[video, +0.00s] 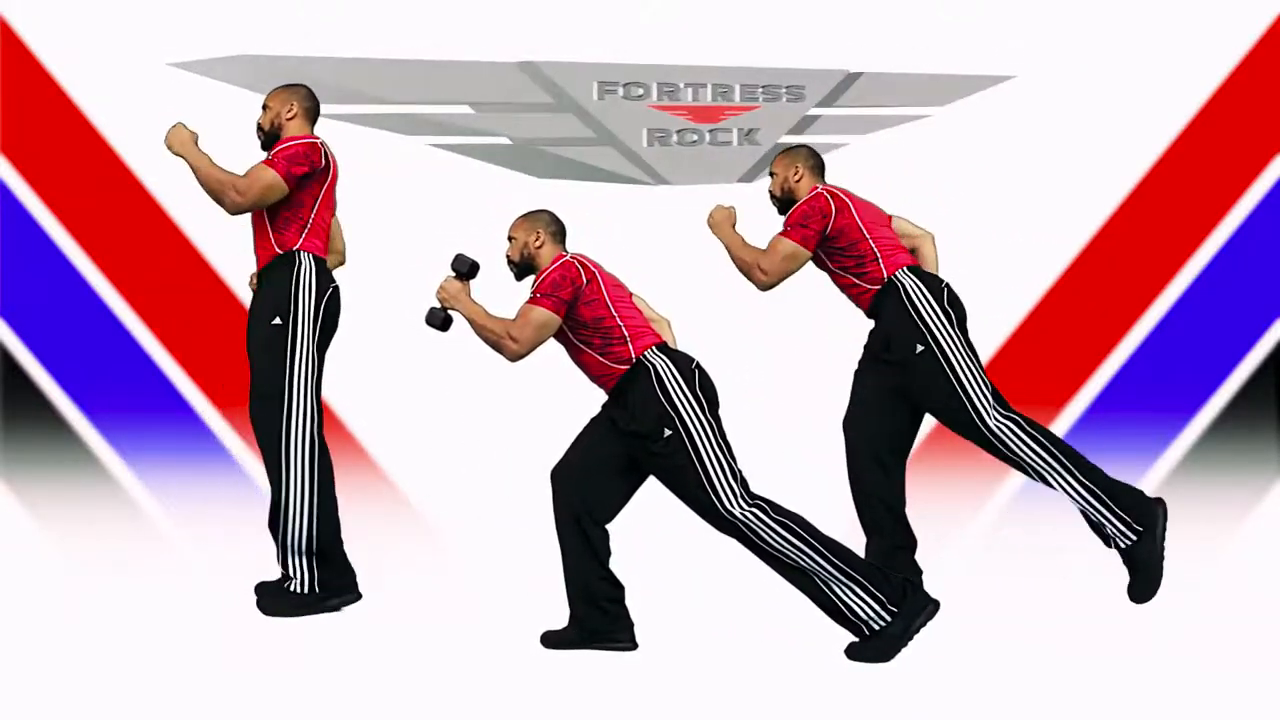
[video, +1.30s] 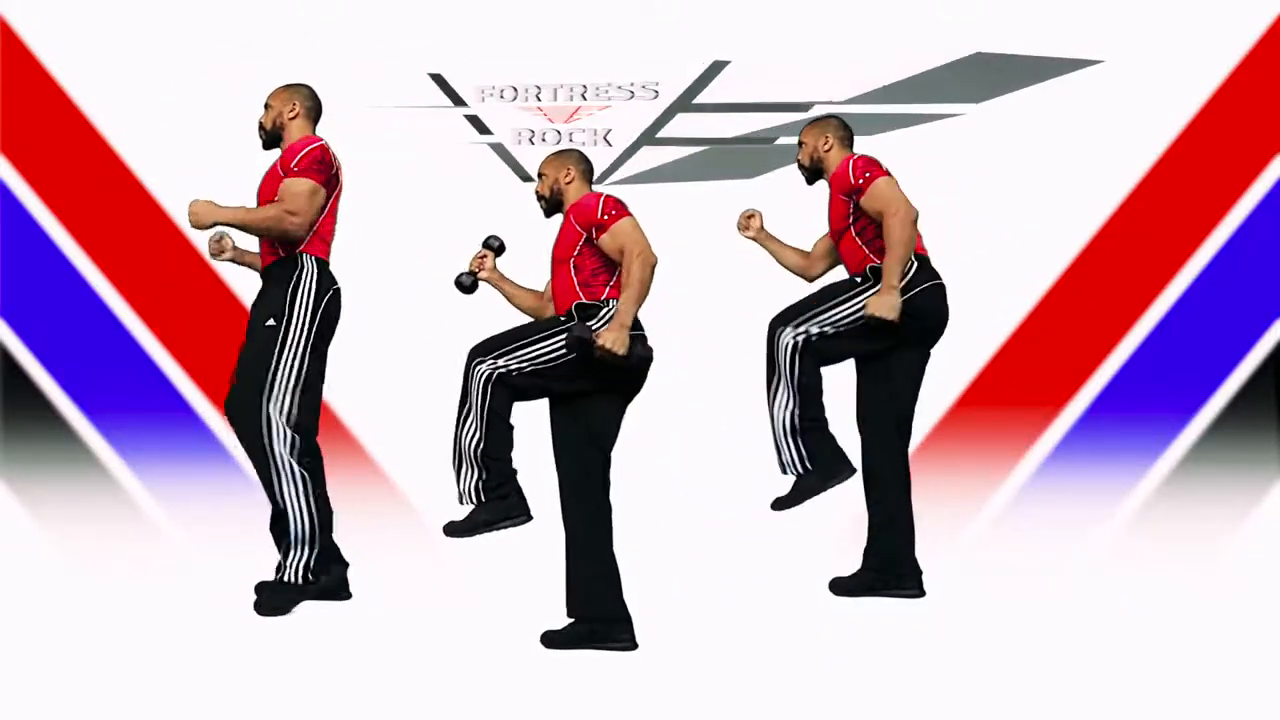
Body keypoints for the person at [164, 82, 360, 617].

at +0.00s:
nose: (259, 118)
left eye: (265, 108)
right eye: (261, 111)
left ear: (291, 108)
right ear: (300, 114)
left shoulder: (303, 148)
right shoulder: (308, 160)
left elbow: (238, 196)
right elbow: (333, 250)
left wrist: (191, 151)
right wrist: (271, 276)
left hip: (294, 286)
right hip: (297, 288)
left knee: (286, 423)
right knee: (288, 425)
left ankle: (308, 579)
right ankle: (325, 571)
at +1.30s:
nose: (261, 114)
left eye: (267, 105)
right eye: (263, 106)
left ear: (290, 108)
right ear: (295, 112)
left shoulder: (310, 149)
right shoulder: (283, 169)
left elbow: (294, 219)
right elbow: (287, 259)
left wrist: (221, 214)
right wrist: (240, 252)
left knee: (278, 417)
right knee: (245, 411)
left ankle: (303, 564)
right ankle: (315, 555)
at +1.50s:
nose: (260, 118)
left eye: (267, 109)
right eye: (262, 111)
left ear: (292, 112)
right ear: (292, 116)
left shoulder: (311, 149)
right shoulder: (287, 177)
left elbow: (354, 209)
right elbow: (236, 234)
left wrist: (299, 253)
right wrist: (208, 183)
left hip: (296, 287)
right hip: (301, 298)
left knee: (189, 332)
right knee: (292, 440)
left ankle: (215, 464)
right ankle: (314, 572)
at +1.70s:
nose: (260, 123)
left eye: (268, 114)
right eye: (262, 116)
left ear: (295, 116)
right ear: (295, 118)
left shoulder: (317, 154)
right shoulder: (287, 182)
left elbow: (360, 214)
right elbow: (230, 230)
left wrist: (310, 260)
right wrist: (207, 175)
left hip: (296, 284)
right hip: (295, 300)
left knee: (182, 280)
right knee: (291, 436)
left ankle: (185, 413)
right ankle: (319, 569)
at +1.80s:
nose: (260, 124)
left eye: (268, 114)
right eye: (262, 116)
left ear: (295, 116)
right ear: (295, 118)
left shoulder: (316, 155)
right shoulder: (287, 184)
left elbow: (358, 215)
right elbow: (231, 232)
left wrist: (309, 259)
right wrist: (208, 178)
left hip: (296, 284)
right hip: (296, 299)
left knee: (183, 282)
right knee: (291, 436)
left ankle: (186, 419)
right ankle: (319, 569)